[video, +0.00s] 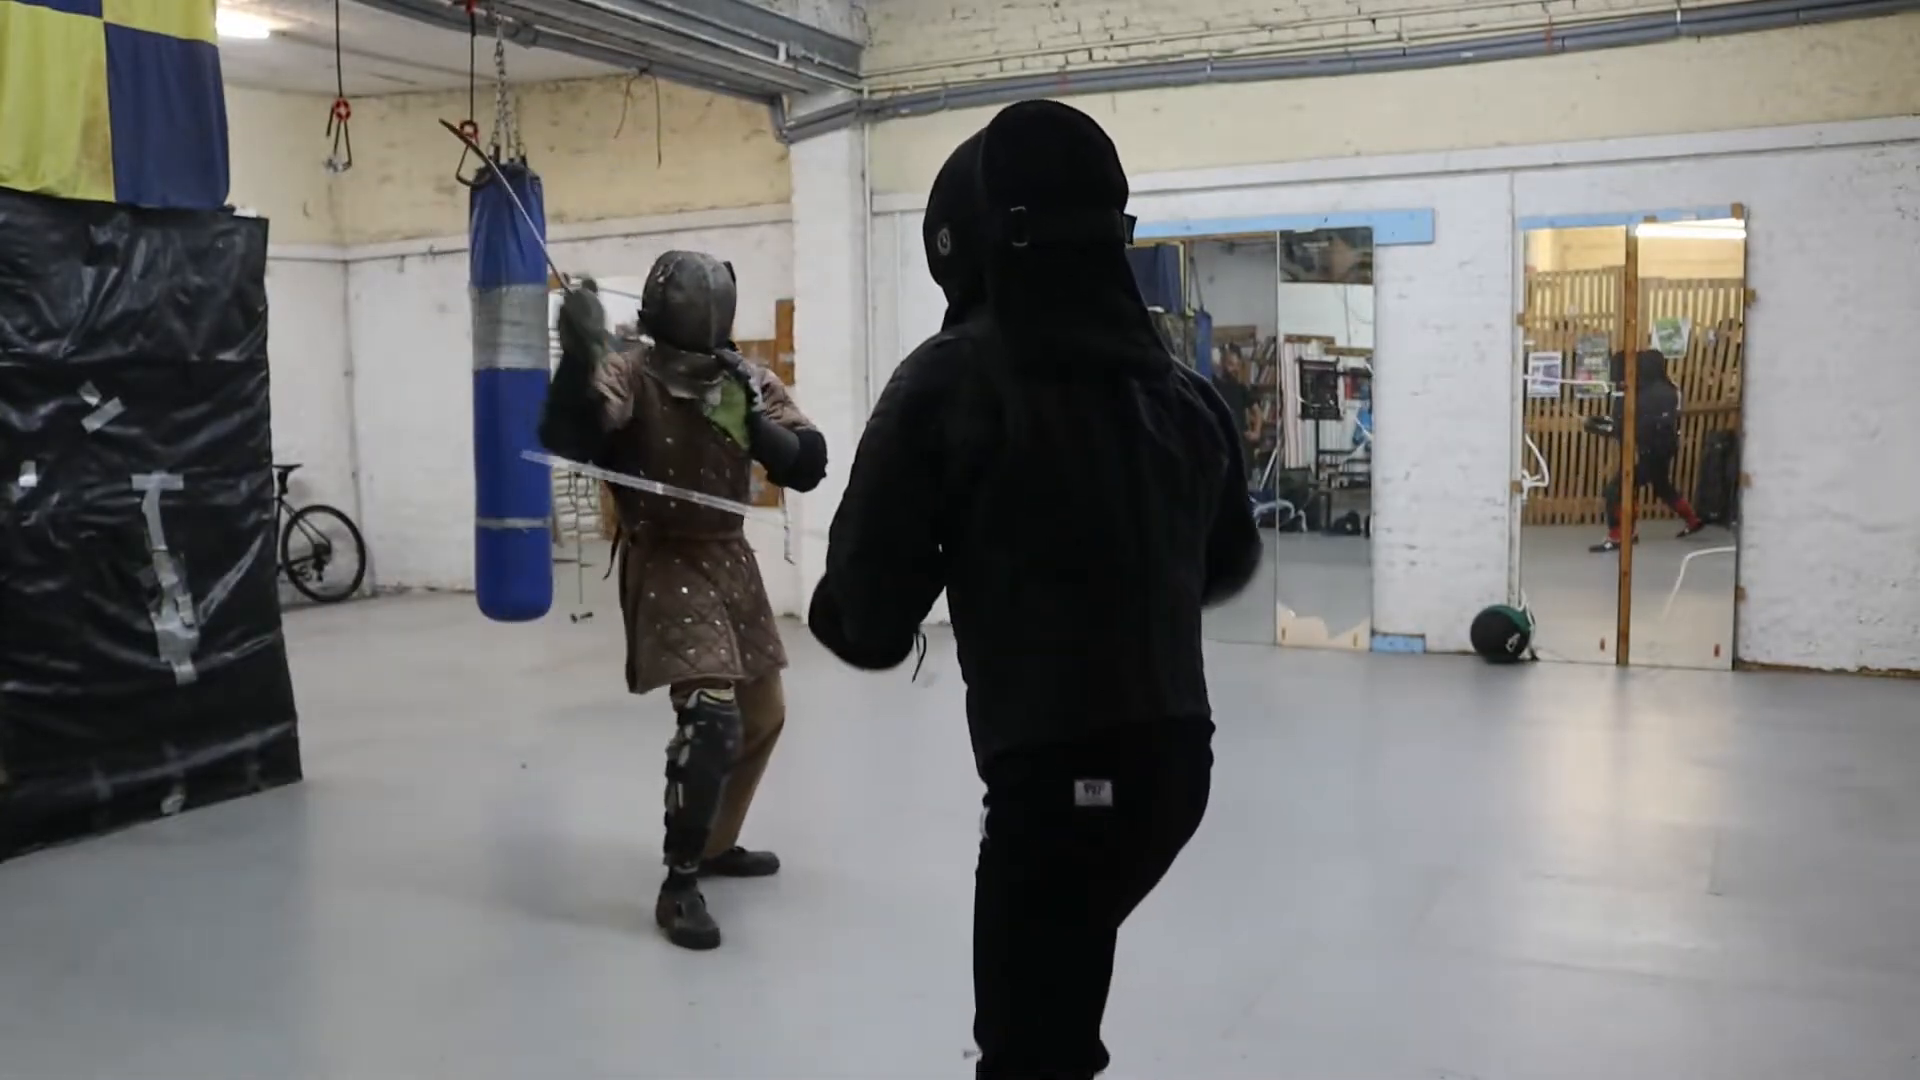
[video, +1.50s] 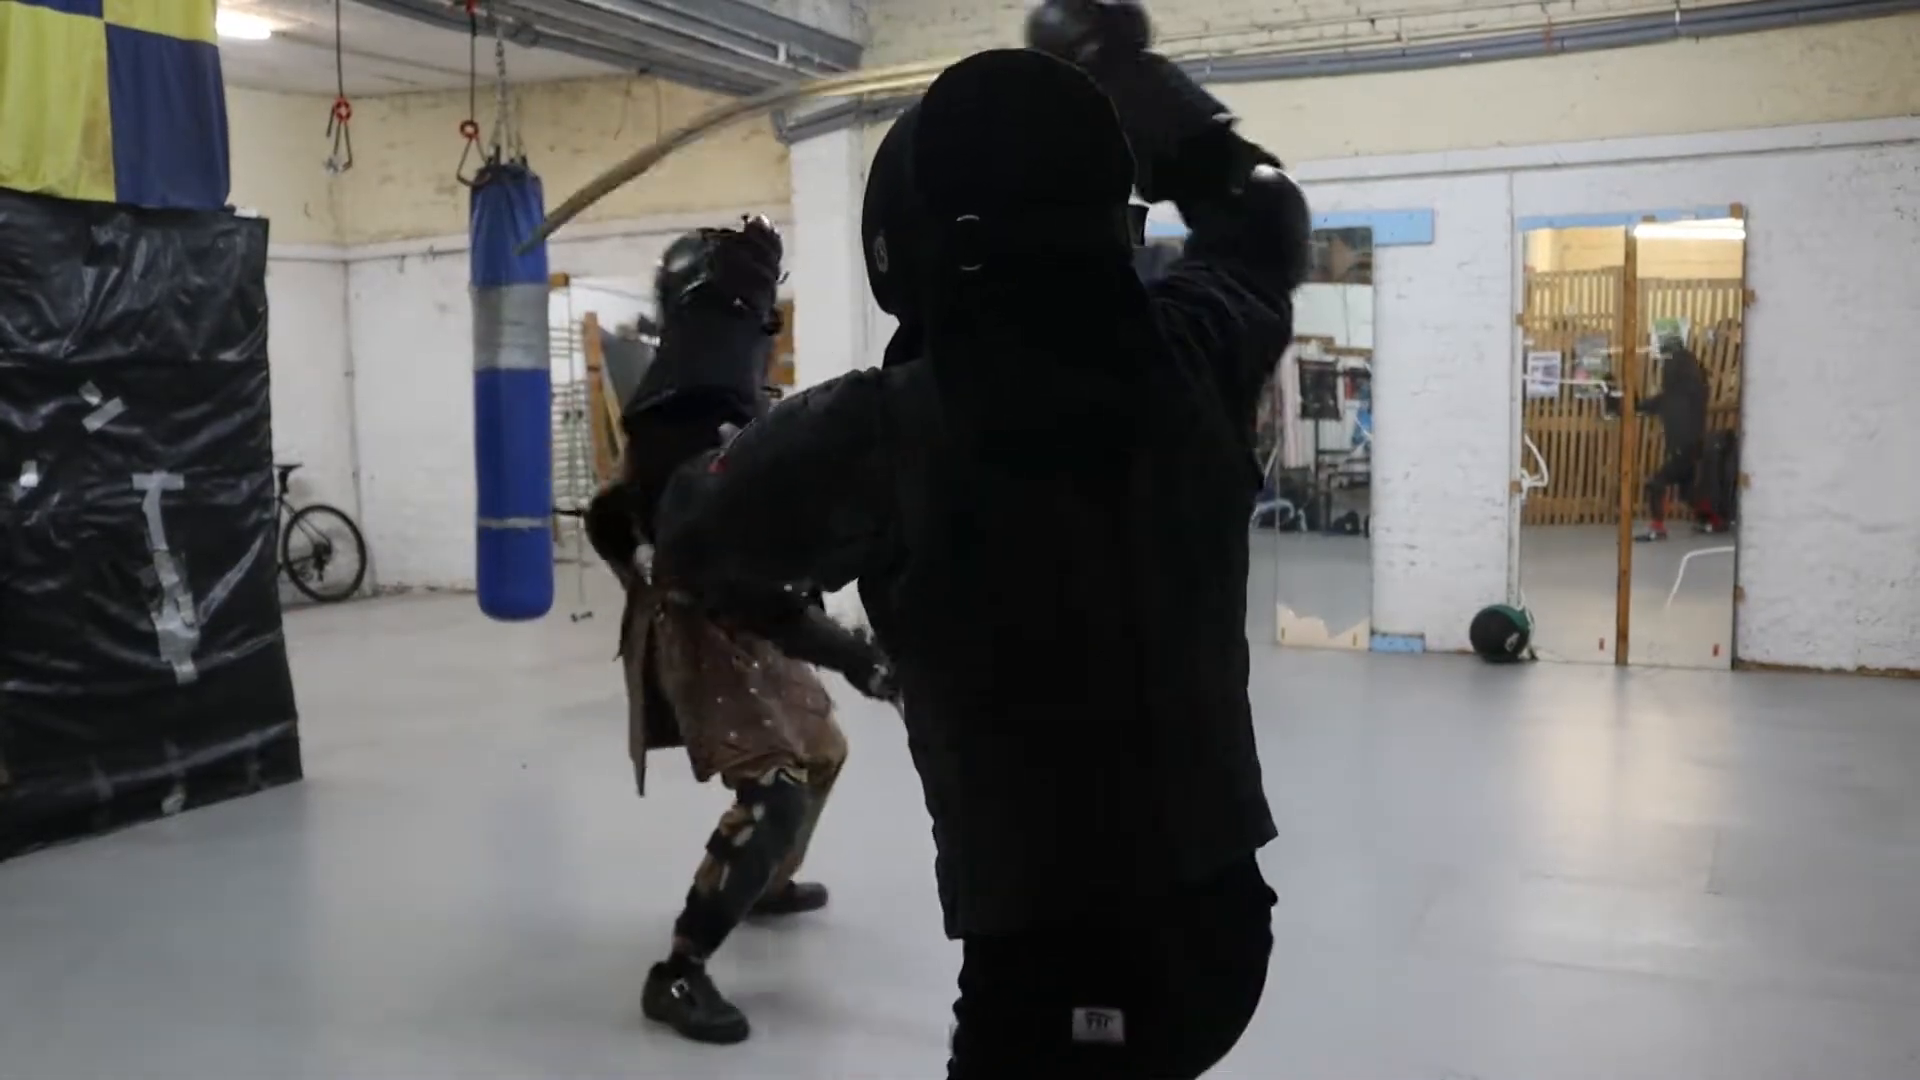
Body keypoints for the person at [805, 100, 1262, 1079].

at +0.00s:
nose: (934, 262)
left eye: (942, 236)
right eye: (936, 236)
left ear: (977, 240)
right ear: (1103, 233)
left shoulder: (945, 383)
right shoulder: (1177, 386)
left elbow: (868, 624)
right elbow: (1229, 560)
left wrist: (836, 589)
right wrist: (1112, 557)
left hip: (1049, 768)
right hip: (1175, 757)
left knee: (1031, 1046)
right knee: (1042, 1013)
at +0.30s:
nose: (931, 261)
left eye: (938, 232)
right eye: (930, 234)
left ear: (979, 229)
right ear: (1114, 219)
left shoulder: (951, 383)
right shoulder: (1208, 386)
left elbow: (838, 615)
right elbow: (1254, 593)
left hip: (1066, 813)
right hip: (1205, 796)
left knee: (1054, 1057)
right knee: (1107, 1040)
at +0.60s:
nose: (910, 258)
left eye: (917, 228)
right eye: (910, 229)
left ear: (955, 229)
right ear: (1101, 222)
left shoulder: (931, 401)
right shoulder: (1191, 400)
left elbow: (847, 676)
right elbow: (1236, 609)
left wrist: (808, 579)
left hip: (1052, 837)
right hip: (1189, 817)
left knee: (1006, 1064)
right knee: (1061, 1047)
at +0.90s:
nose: (892, 272)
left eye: (900, 243)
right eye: (889, 245)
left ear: (949, 239)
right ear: (1077, 230)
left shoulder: (928, 404)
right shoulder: (1177, 405)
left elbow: (817, 678)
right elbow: (1223, 632)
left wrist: (762, 611)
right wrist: (1090, 663)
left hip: (1040, 851)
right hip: (1175, 833)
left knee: (998, 1063)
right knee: (1059, 1056)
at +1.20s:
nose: (895, 278)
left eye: (904, 247)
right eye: (894, 247)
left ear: (947, 251)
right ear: (1099, 248)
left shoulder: (905, 422)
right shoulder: (1171, 420)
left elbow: (730, 592)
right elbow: (1231, 460)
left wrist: (758, 476)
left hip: (1019, 928)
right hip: (1167, 907)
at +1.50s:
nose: (872, 244)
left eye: (887, 216)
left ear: (917, 236)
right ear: (1114, 215)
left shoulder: (886, 424)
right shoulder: (1191, 366)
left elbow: (698, 548)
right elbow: (1256, 213)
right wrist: (1129, 70)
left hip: (1032, 949)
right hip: (1219, 924)